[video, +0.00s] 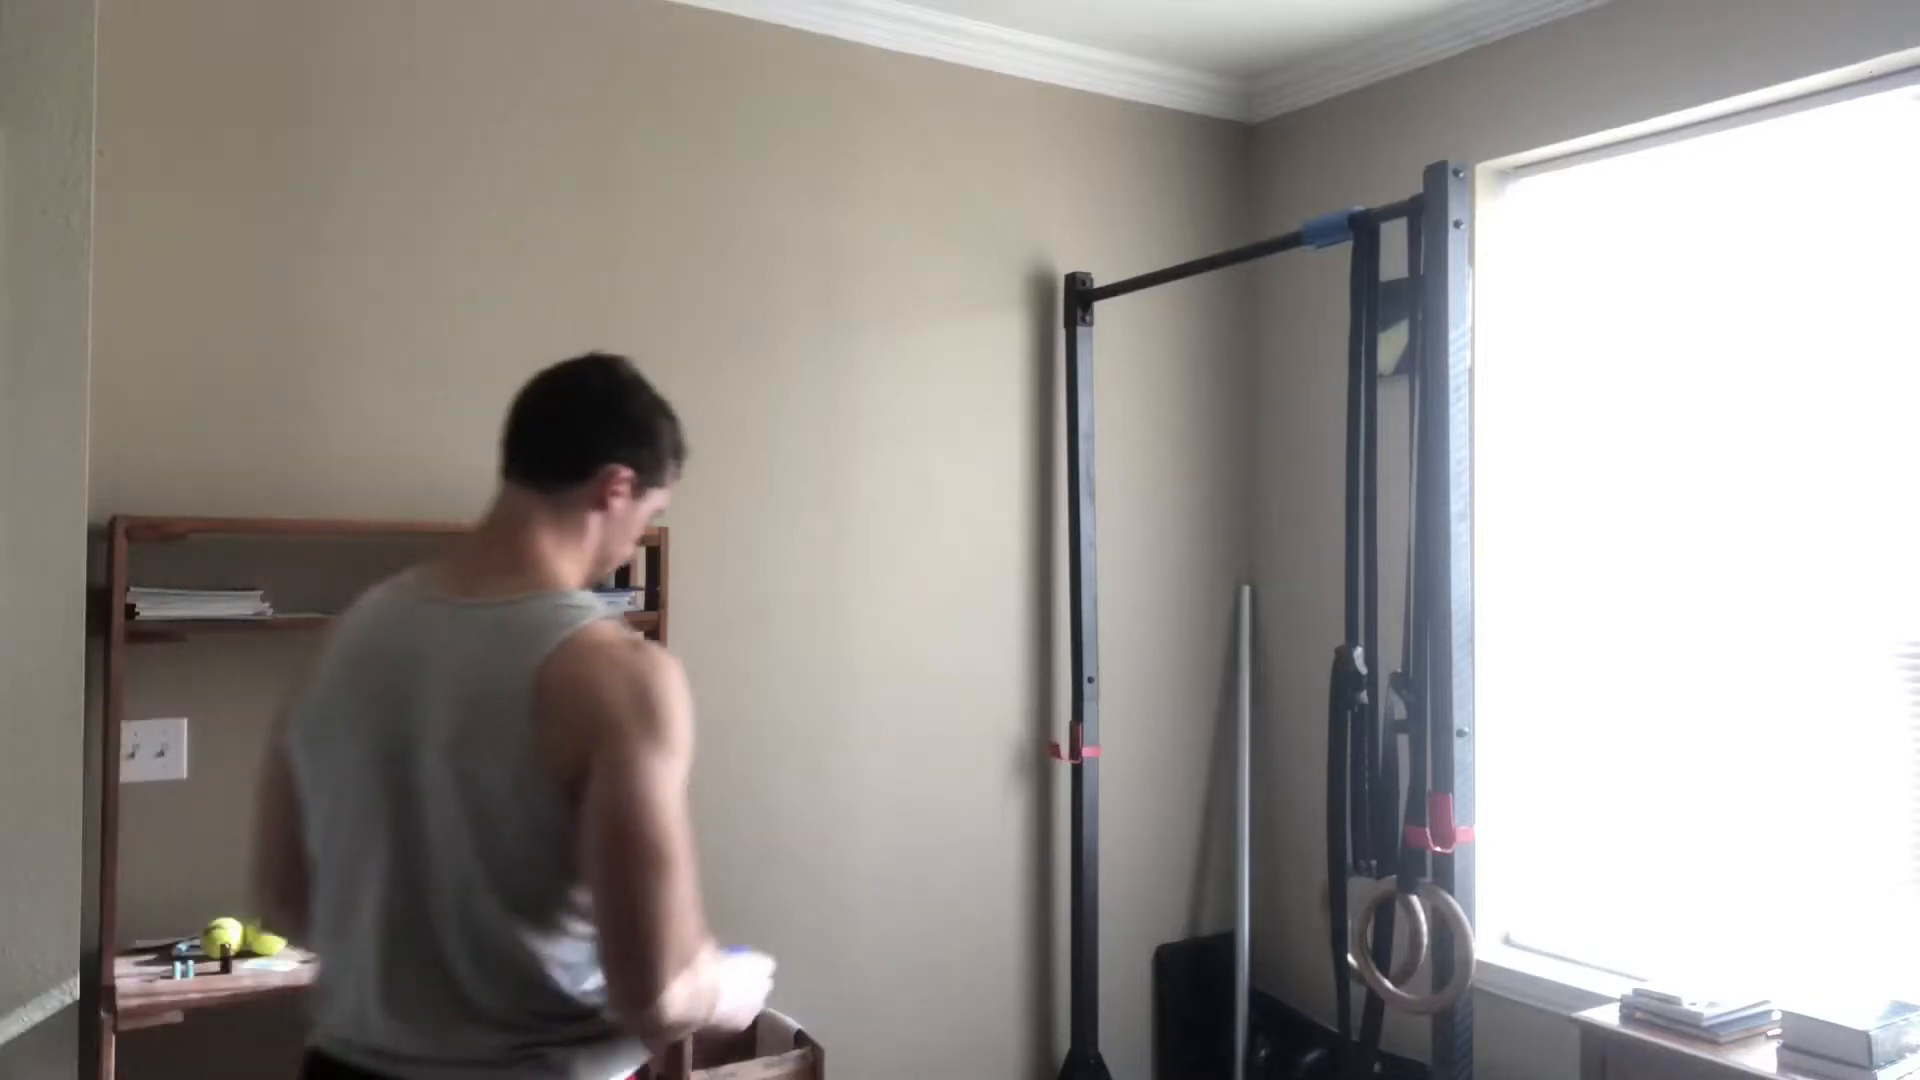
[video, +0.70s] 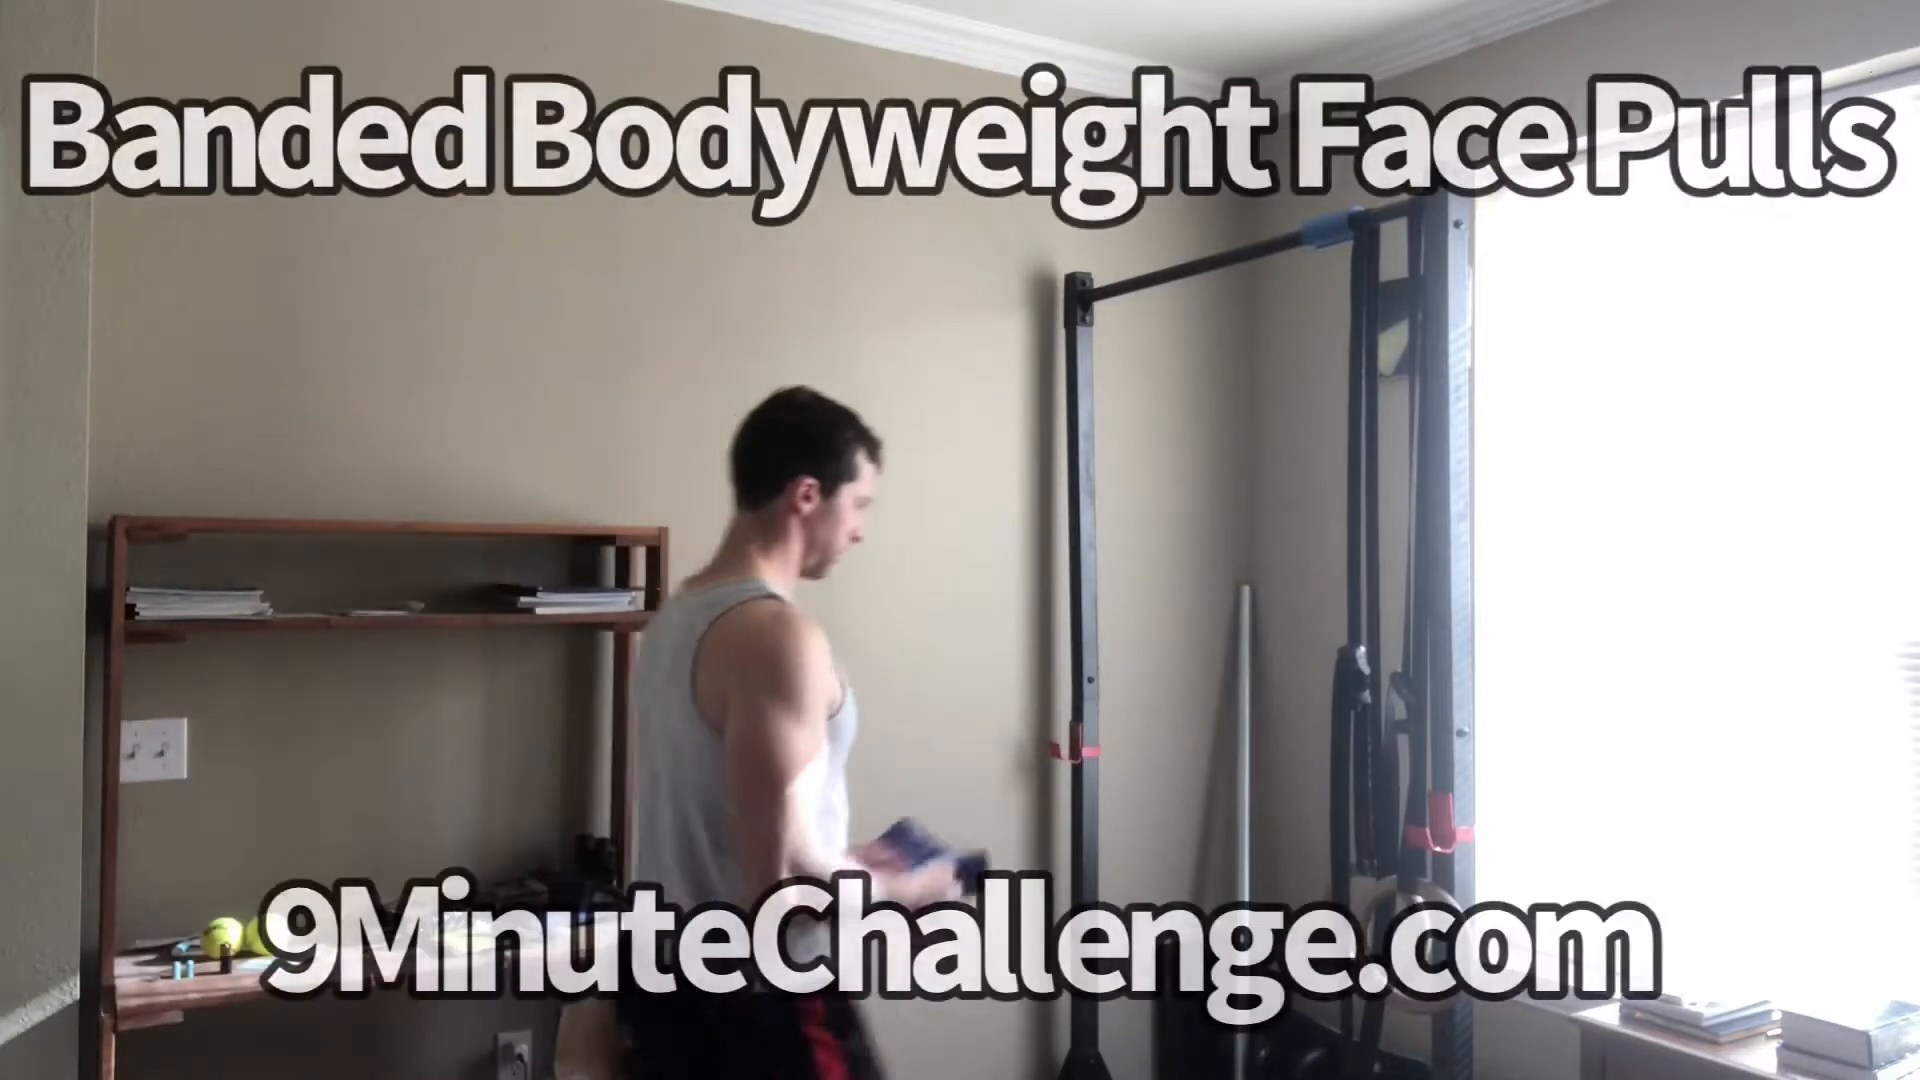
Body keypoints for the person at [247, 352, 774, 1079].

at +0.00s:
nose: (640, 547)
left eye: (655, 522)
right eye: (652, 518)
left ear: (517, 463)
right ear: (614, 489)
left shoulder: (359, 628)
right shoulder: (620, 677)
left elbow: (285, 893)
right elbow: (657, 993)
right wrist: (720, 986)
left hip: (350, 1056)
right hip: (541, 1061)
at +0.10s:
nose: (667, 548)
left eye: (681, 522)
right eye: (678, 518)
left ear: (550, 469)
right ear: (645, 491)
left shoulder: (402, 630)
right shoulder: (651, 666)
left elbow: (334, 896)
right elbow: (697, 975)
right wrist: (755, 965)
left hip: (392, 1050)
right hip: (576, 1062)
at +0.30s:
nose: (726, 560)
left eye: (740, 533)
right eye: (735, 528)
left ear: (611, 490)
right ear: (694, 506)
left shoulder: (486, 644)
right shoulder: (694, 672)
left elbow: (431, 899)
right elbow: (745, 960)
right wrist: (809, 959)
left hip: (481, 1043)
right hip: (635, 1060)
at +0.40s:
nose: (757, 564)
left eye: (769, 539)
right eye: (764, 533)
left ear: (643, 499)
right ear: (722, 512)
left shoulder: (528, 650)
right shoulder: (716, 672)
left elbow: (478, 867)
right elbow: (761, 932)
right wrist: (838, 963)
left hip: (528, 1039)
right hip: (669, 1054)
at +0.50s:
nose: (789, 554)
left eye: (798, 529)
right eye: (793, 526)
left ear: (676, 496)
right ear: (749, 510)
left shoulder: (576, 647)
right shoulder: (739, 666)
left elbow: (537, 868)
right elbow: (769, 929)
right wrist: (882, 950)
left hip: (587, 1025)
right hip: (706, 1041)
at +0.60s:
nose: (828, 537)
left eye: (835, 515)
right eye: (828, 511)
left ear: (719, 494)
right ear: (776, 501)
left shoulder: (626, 631)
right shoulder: (761, 645)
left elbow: (597, 844)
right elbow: (775, 902)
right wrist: (900, 933)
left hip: (633, 1002)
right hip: (739, 1015)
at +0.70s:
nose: (859, 532)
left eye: (865, 508)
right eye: (857, 505)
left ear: (802, 495)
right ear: (805, 497)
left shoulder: (681, 614)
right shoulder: (777, 635)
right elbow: (785, 876)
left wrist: (852, 862)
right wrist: (903, 893)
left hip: (674, 981)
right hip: (766, 992)